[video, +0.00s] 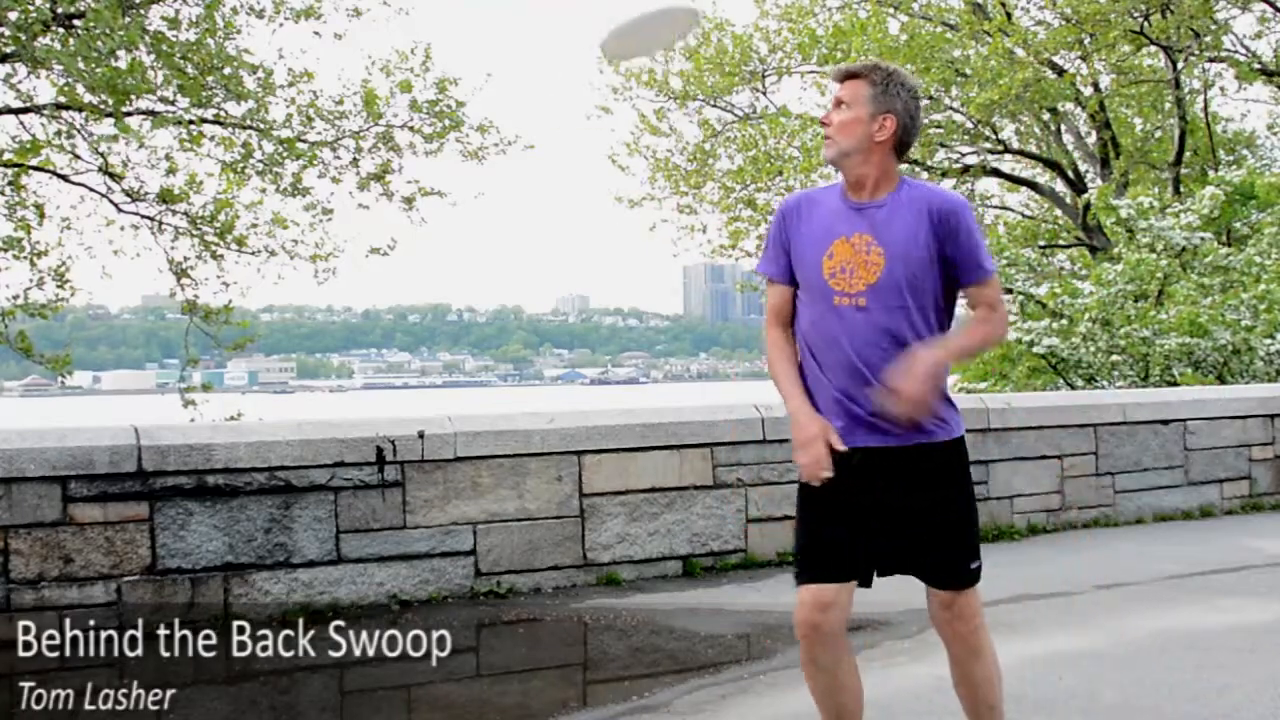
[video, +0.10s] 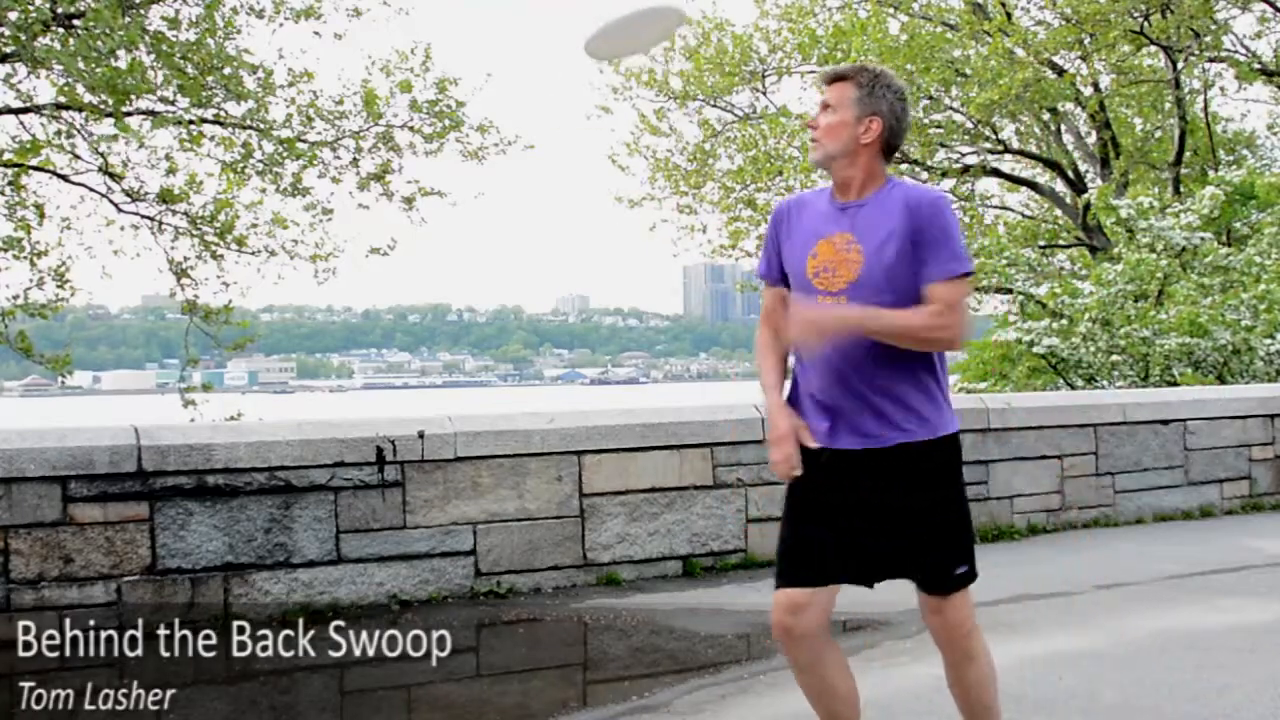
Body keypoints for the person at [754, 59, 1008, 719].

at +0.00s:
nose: (824, 118)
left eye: (840, 107)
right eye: (829, 106)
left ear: (884, 127)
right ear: (871, 127)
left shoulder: (942, 212)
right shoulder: (796, 215)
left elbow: (992, 317)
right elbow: (777, 327)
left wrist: (931, 356)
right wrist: (802, 416)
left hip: (928, 448)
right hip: (834, 451)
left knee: (957, 613)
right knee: (816, 621)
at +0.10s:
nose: (811, 122)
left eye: (827, 111)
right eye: (816, 110)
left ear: (870, 131)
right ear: (853, 131)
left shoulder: (925, 207)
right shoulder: (790, 215)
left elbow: (951, 326)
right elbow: (771, 325)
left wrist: (842, 318)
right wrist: (775, 407)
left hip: (916, 446)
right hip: (824, 449)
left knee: (950, 619)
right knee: (796, 621)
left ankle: (987, 719)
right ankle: (847, 719)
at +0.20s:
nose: (804, 126)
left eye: (819, 115)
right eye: (809, 114)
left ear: (862, 132)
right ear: (849, 133)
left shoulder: (911, 207)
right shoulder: (787, 221)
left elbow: (916, 327)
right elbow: (773, 320)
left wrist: (796, 294)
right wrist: (764, 404)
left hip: (908, 448)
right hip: (817, 450)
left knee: (942, 626)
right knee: (792, 621)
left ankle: (982, 719)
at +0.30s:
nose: (792, 134)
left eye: (806, 124)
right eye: (796, 123)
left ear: (846, 142)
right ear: (834, 143)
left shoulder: (881, 214)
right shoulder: (784, 224)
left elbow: (836, 319)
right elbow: (772, 331)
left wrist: (738, 258)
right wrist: (746, 407)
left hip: (886, 446)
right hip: (806, 450)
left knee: (906, 636)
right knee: (787, 625)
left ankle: (966, 715)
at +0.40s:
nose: (784, 139)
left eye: (797, 129)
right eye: (788, 128)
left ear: (838, 146)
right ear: (825, 147)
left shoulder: (866, 219)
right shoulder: (783, 228)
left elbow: (794, 311)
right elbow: (778, 338)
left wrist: (710, 246)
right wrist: (738, 409)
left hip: (875, 449)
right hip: (801, 453)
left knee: (876, 640)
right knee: (784, 626)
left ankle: (950, 712)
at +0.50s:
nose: (766, 150)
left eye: (779, 138)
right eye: (770, 138)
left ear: (820, 150)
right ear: (814, 151)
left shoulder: (836, 224)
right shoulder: (795, 231)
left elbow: (724, 298)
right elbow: (788, 350)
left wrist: (648, 222)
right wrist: (730, 410)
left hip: (854, 448)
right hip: (800, 453)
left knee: (810, 635)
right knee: (772, 626)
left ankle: (916, 713)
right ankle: (833, 716)